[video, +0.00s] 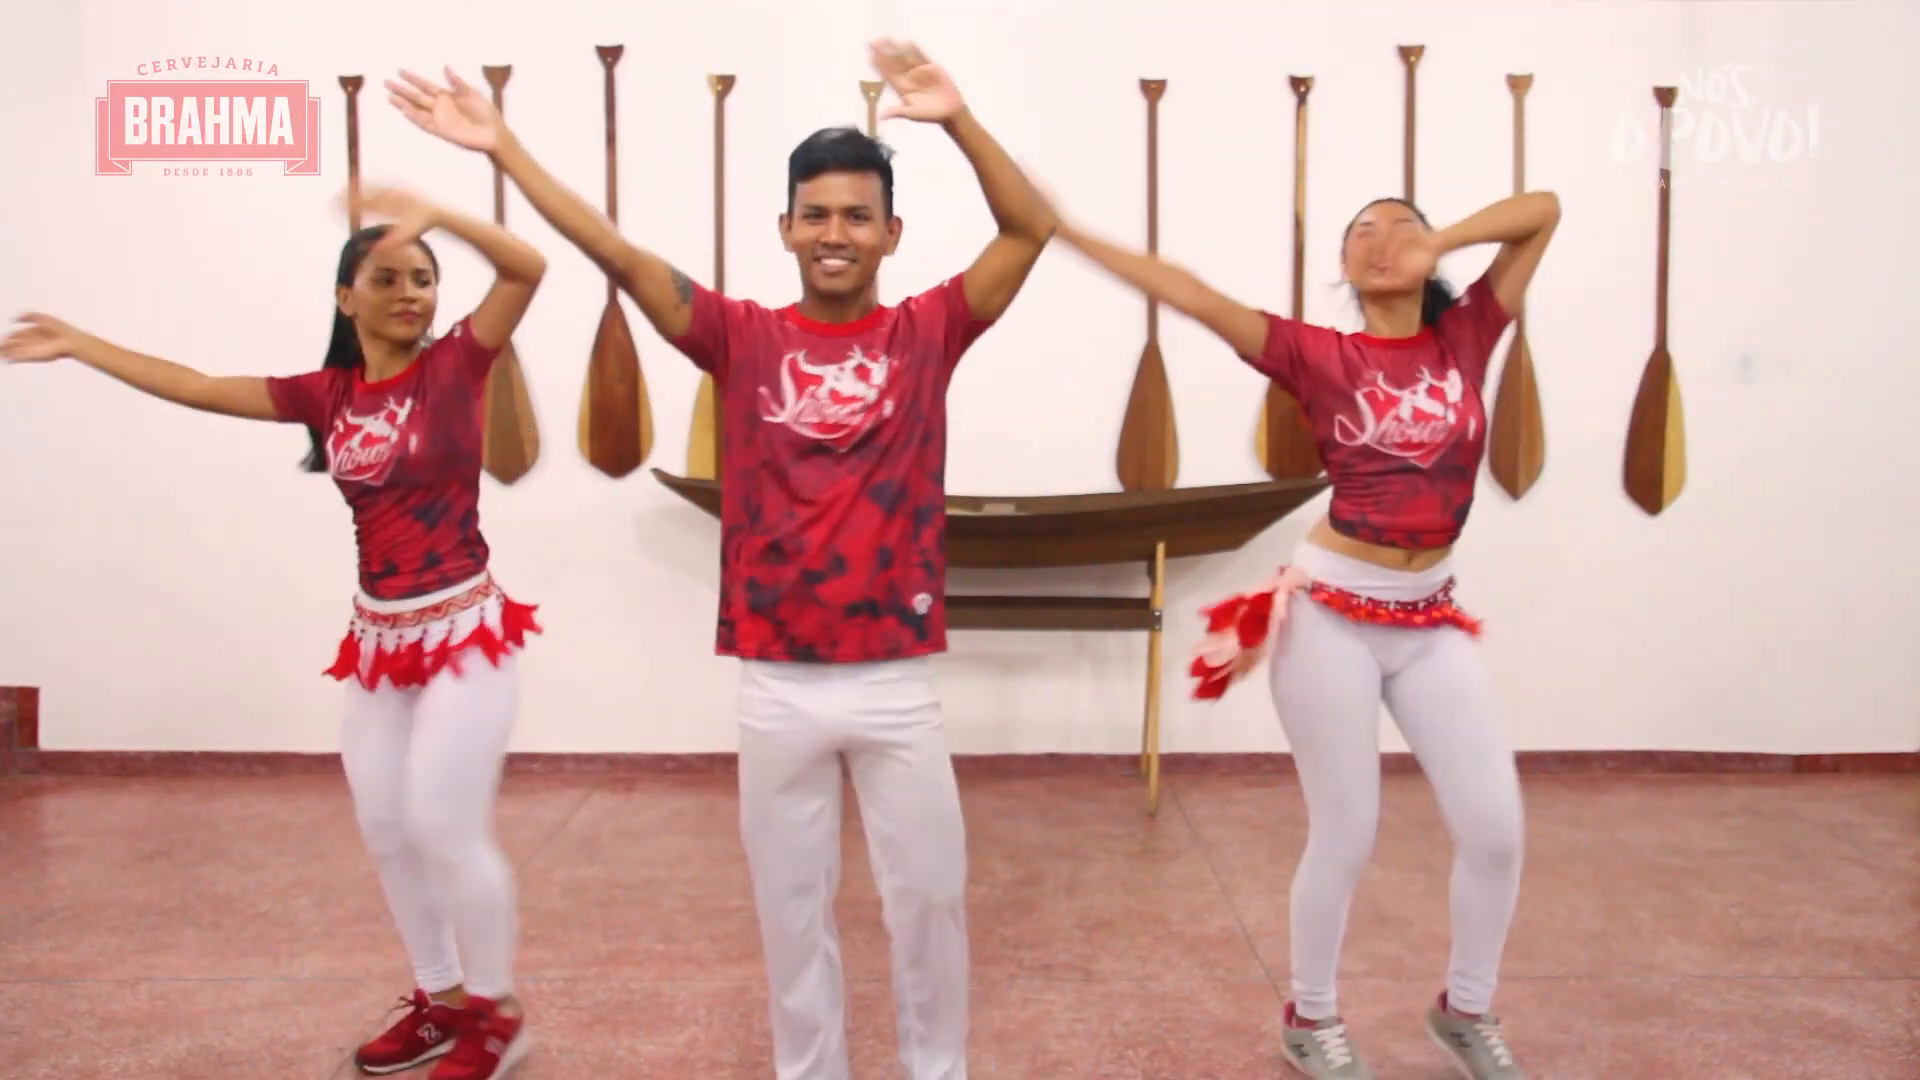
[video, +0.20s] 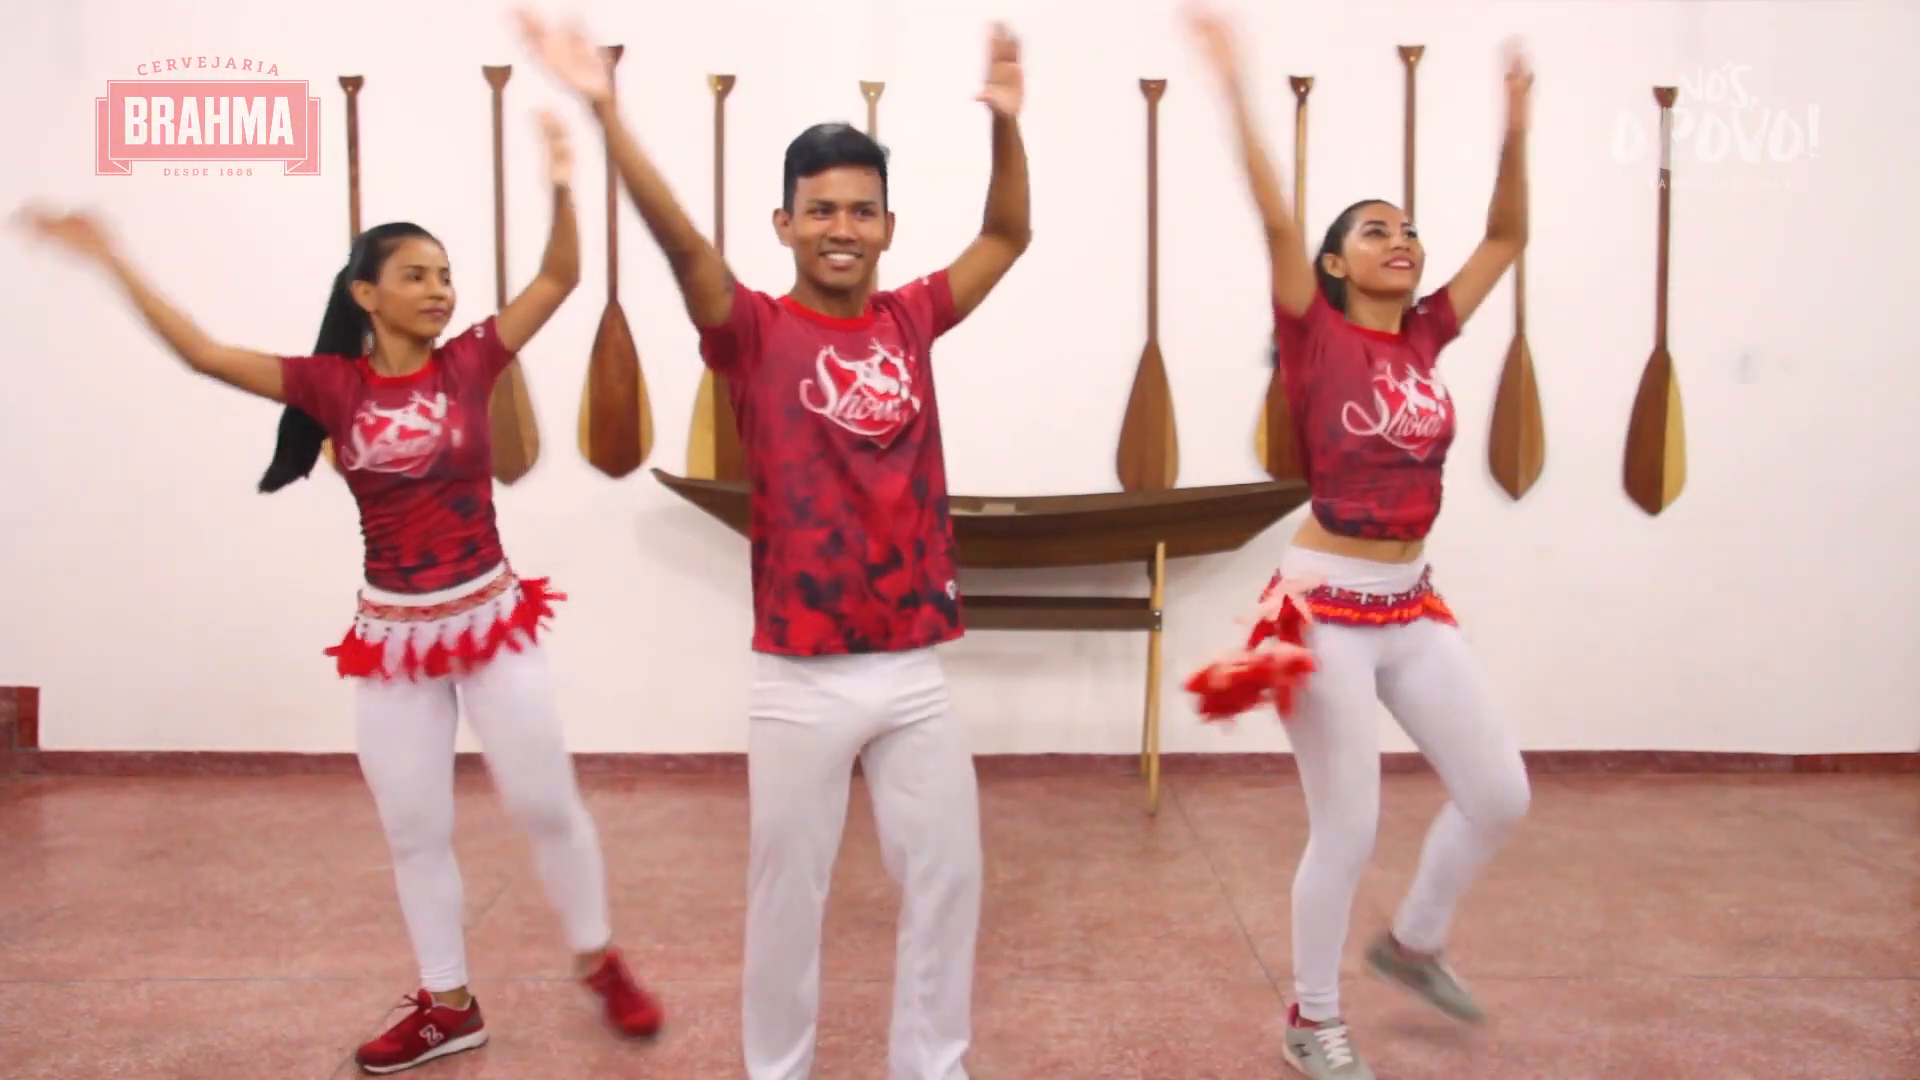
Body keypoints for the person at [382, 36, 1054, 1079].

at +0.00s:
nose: (834, 233)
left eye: (856, 215)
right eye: (815, 214)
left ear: (890, 230)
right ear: (786, 227)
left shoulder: (924, 333)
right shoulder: (742, 335)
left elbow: (1027, 232)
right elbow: (616, 251)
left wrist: (960, 116)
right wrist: (503, 145)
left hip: (899, 682)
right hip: (779, 685)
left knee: (931, 902)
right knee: (793, 920)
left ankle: (939, 1073)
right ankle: (811, 1075)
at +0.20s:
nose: (841, 226)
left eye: (861, 209)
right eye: (820, 209)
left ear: (888, 227)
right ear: (784, 223)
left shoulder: (910, 321)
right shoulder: (752, 332)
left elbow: (1006, 235)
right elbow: (682, 238)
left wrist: (1007, 126)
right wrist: (607, 108)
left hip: (911, 671)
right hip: (800, 677)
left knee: (949, 880)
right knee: (787, 896)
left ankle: (933, 1068)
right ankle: (778, 1067)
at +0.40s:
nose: (856, 234)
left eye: (873, 217)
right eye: (834, 216)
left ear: (894, 234)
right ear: (786, 234)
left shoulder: (900, 324)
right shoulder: (770, 341)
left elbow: (988, 253)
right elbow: (750, 234)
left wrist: (1063, 144)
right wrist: (744, 82)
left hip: (909, 664)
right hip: (810, 678)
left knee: (994, 829)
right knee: (803, 888)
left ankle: (968, 1044)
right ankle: (782, 1069)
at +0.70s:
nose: (903, 257)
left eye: (919, 240)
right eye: (885, 241)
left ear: (942, 255)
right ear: (852, 257)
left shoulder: (965, 354)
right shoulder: (829, 363)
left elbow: (1059, 279)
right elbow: (827, 245)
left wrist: (1155, 205)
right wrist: (903, 112)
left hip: (974, 672)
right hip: (871, 679)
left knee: (997, 849)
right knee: (828, 884)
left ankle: (1017, 1008)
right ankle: (785, 1071)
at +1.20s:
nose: (996, 245)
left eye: (1016, 231)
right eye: (979, 231)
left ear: (1041, 250)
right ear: (953, 249)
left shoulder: (1075, 346)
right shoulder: (918, 335)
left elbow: (1204, 296)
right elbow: (863, 233)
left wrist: (1317, 236)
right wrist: (978, 171)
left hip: (1055, 642)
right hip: (954, 639)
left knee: (1046, 840)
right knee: (919, 818)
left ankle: (1027, 1005)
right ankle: (926, 1008)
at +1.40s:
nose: (962, 245)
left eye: (983, 230)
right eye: (954, 231)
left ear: (1033, 246)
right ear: (947, 245)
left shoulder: (1075, 349)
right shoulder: (918, 338)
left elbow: (1200, 313)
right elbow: (839, 241)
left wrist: (1331, 274)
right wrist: (938, 184)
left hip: (1052, 645)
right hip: (951, 642)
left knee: (1053, 842)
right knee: (941, 834)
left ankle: (1040, 1006)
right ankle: (945, 1010)